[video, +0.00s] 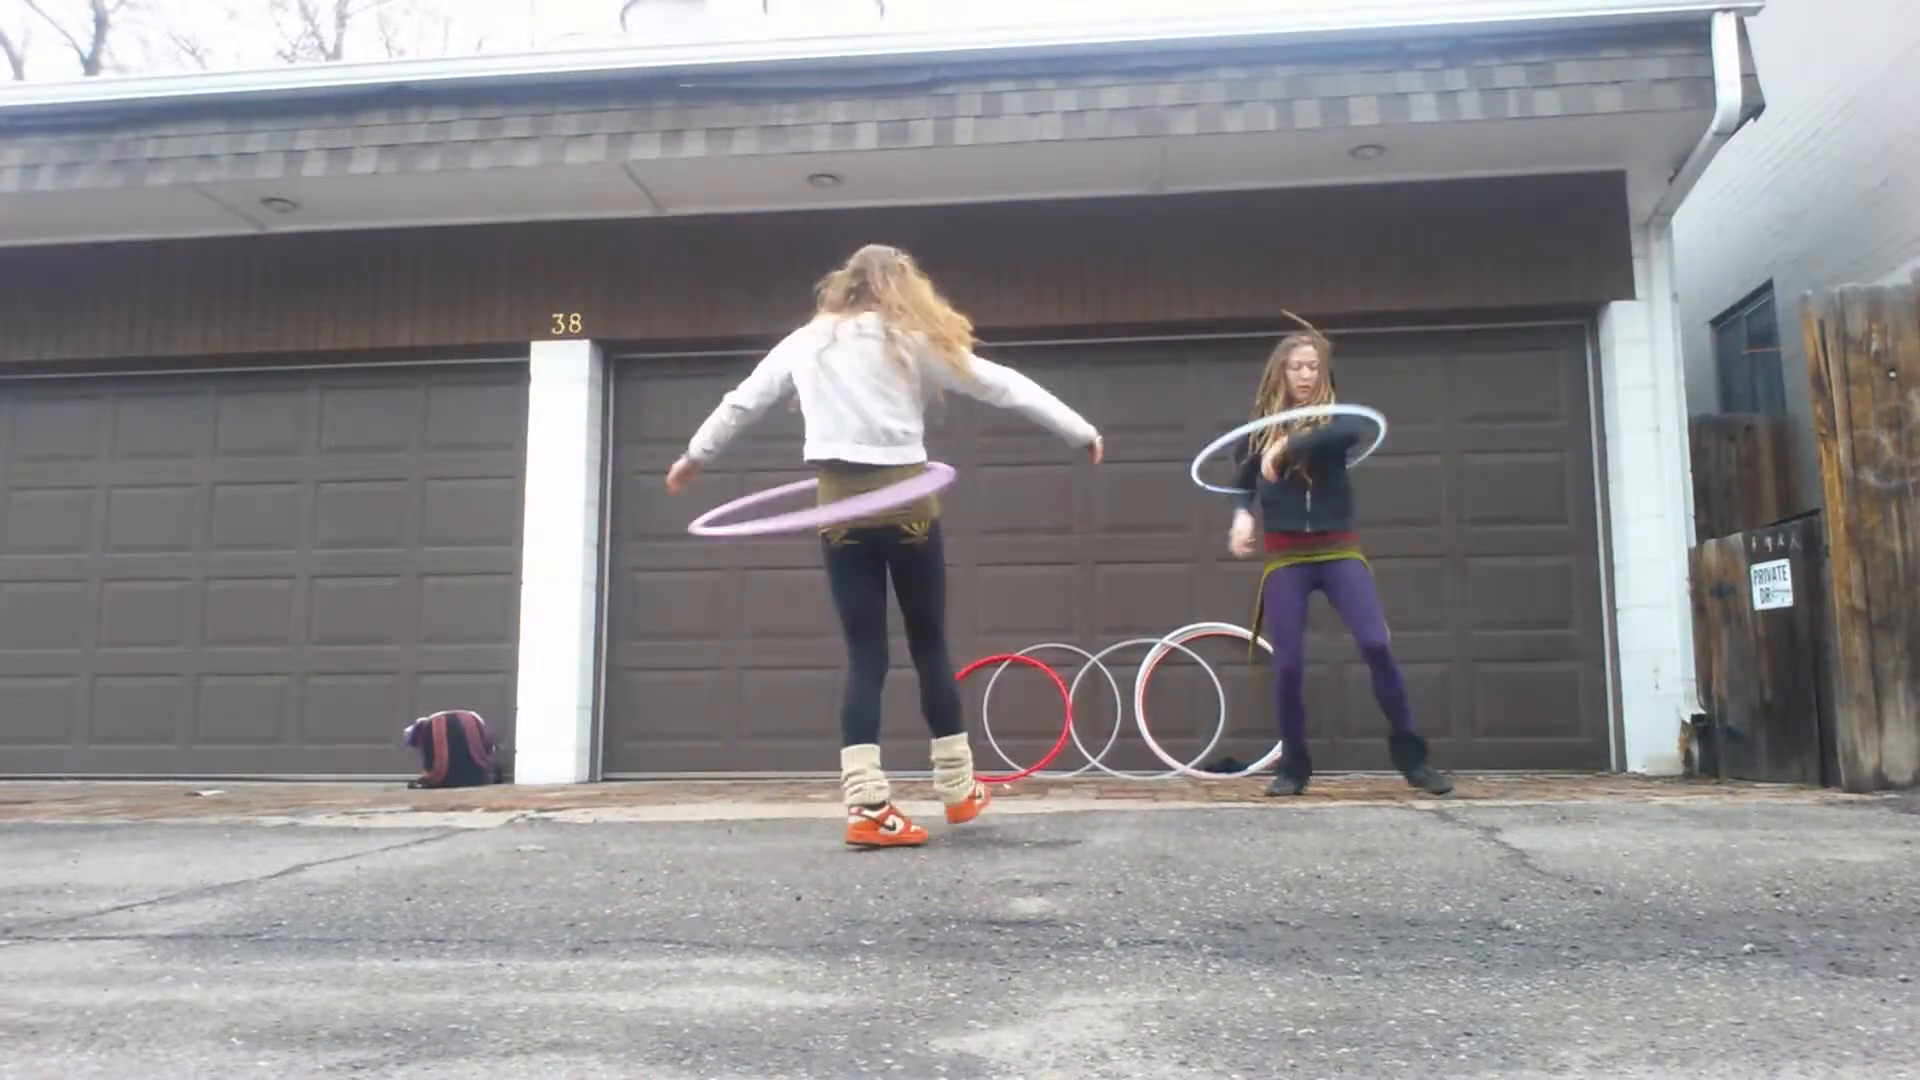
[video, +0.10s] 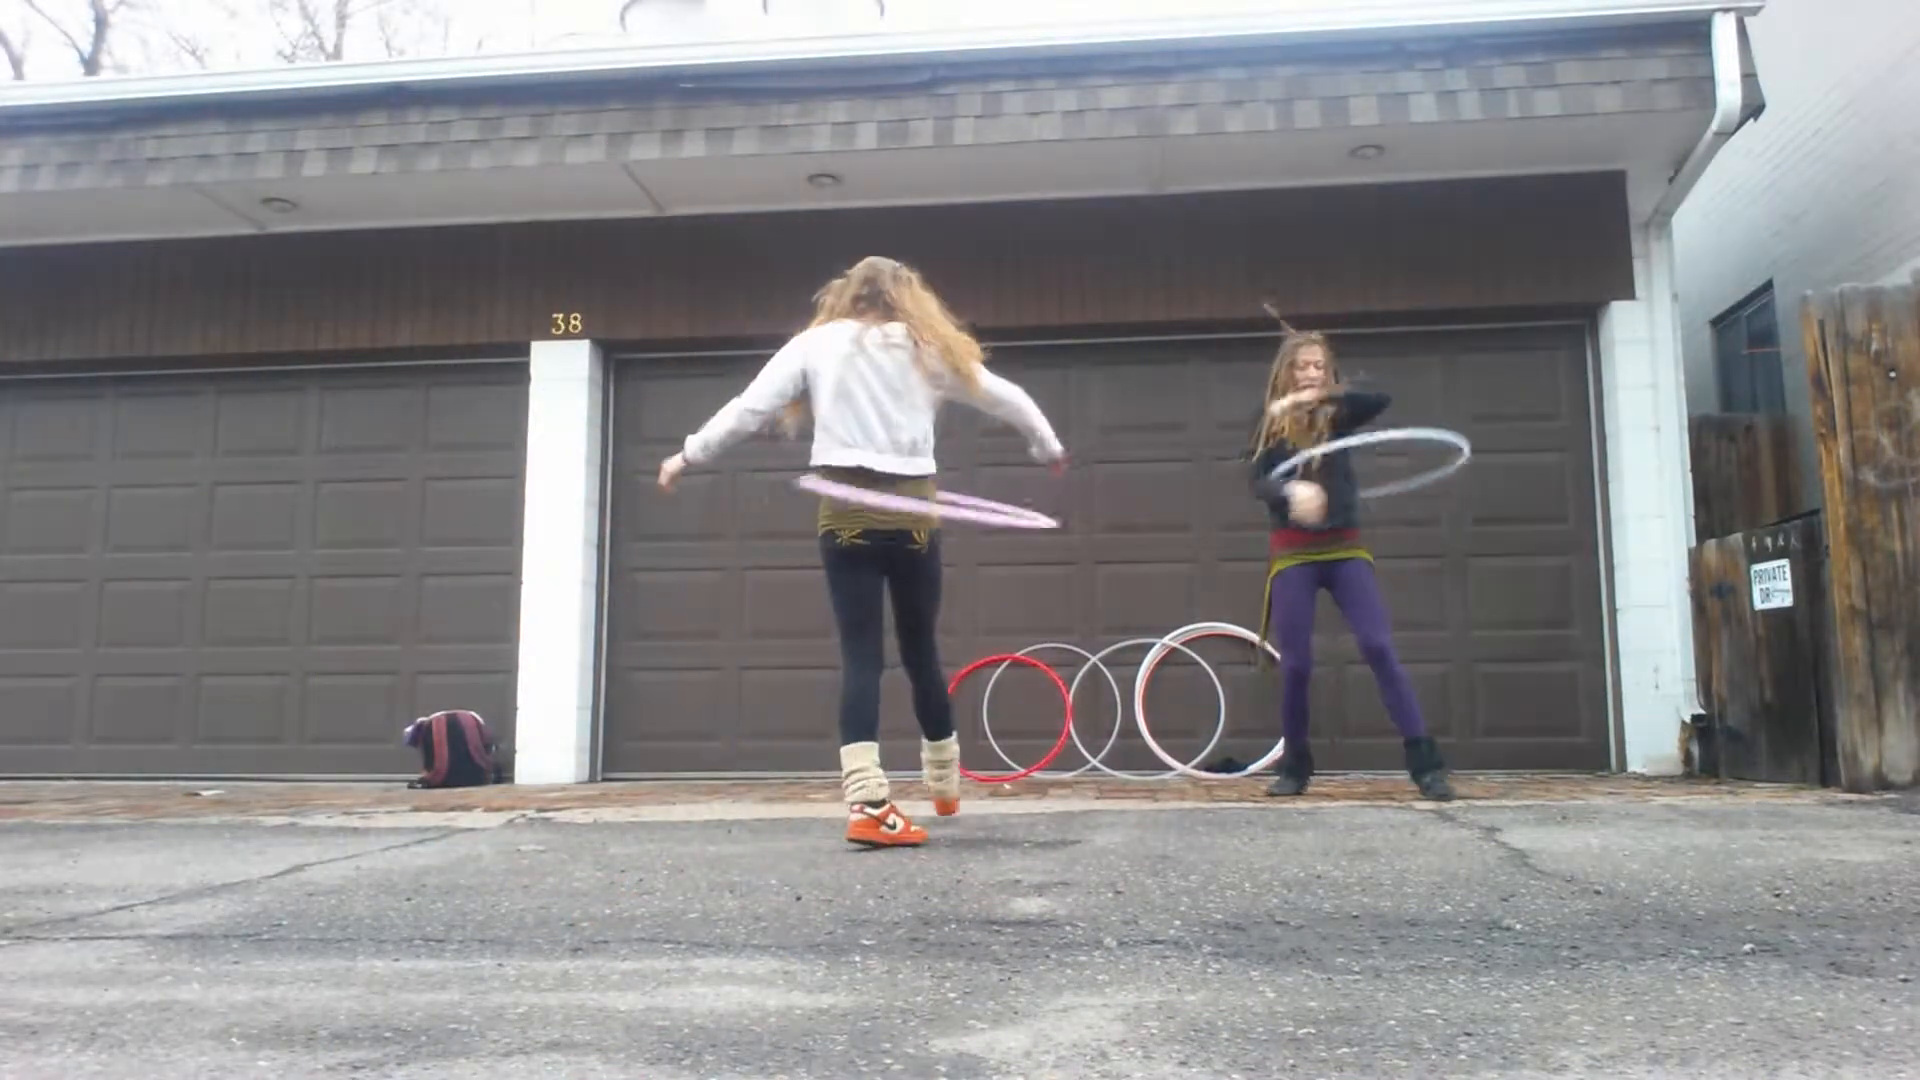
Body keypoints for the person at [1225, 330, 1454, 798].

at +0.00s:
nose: (1305, 376)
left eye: (1313, 368)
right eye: (1297, 367)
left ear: (1323, 373)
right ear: (1281, 372)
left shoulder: (1339, 417)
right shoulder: (1261, 425)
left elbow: (1344, 432)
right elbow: (1244, 481)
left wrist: (1289, 447)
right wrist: (1243, 513)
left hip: (1339, 550)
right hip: (1284, 555)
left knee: (1377, 644)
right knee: (1287, 662)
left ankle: (1411, 757)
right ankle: (1294, 766)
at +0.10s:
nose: (1312, 375)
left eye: (1320, 368)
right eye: (1303, 368)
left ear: (1329, 374)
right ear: (1287, 375)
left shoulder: (1339, 417)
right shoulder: (1274, 423)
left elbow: (1379, 401)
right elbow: (1260, 480)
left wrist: (1328, 396)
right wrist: (1291, 492)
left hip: (1344, 547)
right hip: (1293, 552)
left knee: (1378, 647)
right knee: (1296, 662)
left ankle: (1425, 763)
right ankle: (1294, 765)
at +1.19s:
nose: (1461, 345)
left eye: (1460, 336)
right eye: (1456, 335)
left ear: (1413, 330)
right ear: (1440, 332)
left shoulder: (1405, 370)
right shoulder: (1428, 363)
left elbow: (1448, 421)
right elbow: (1458, 409)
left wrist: (1490, 403)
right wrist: (1525, 414)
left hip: (1424, 514)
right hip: (1450, 513)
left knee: (1469, 642)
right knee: (1480, 640)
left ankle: (1443, 763)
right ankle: (1451, 768)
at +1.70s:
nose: (1449, 330)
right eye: (1445, 320)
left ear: (1393, 328)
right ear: (1441, 323)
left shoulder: (1377, 373)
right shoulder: (1457, 360)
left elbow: (1384, 442)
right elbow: (1513, 417)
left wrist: (1463, 468)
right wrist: (1570, 449)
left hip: (1384, 524)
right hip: (1438, 521)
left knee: (1406, 645)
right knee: (1454, 637)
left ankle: (1415, 770)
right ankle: (1459, 765)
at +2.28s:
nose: (1339, 356)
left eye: (1348, 350)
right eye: (1339, 348)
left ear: (1366, 361)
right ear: (1339, 353)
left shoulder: (1369, 409)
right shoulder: (1350, 404)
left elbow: (1342, 471)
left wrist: (1290, 520)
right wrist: (1333, 388)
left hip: (1354, 539)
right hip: (1338, 537)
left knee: (1353, 655)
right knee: (1318, 656)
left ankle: (1418, 756)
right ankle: (1356, 761)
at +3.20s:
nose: (1284, 385)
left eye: (1292, 377)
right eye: (1276, 378)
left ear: (1308, 383)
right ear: (1265, 385)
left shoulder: (1323, 433)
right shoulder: (1252, 428)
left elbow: (1335, 505)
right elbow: (1201, 463)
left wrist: (1350, 565)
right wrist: (1148, 494)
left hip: (1316, 551)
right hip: (1265, 552)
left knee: (1323, 644)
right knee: (1261, 657)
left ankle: (1314, 752)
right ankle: (1253, 760)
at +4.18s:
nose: (1388, 397)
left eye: (1394, 390)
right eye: (1380, 391)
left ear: (1401, 396)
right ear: (1365, 397)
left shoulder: (1415, 442)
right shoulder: (1351, 440)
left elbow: (1425, 508)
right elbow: (1338, 453)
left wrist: (1432, 457)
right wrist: (1360, 453)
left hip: (1408, 570)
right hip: (1358, 569)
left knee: (1421, 666)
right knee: (1330, 672)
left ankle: (1411, 760)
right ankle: (1282, 756)